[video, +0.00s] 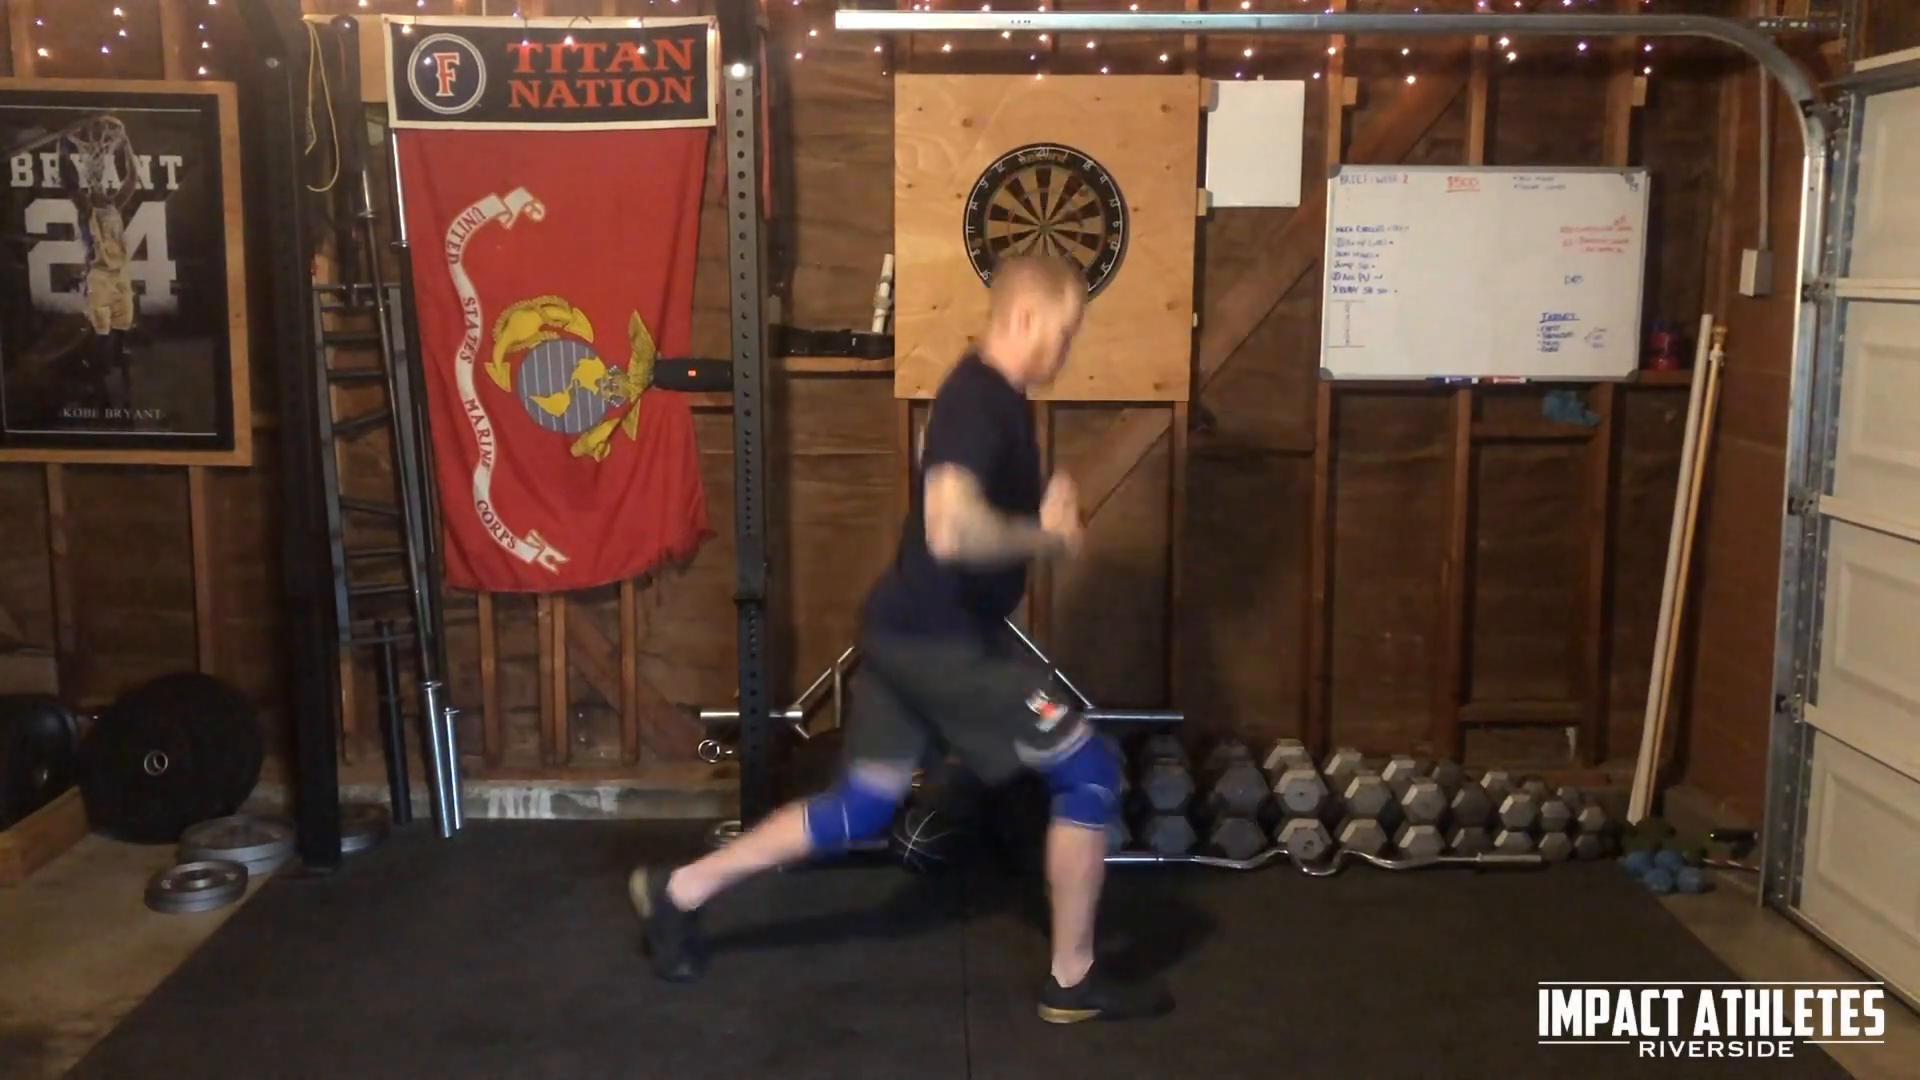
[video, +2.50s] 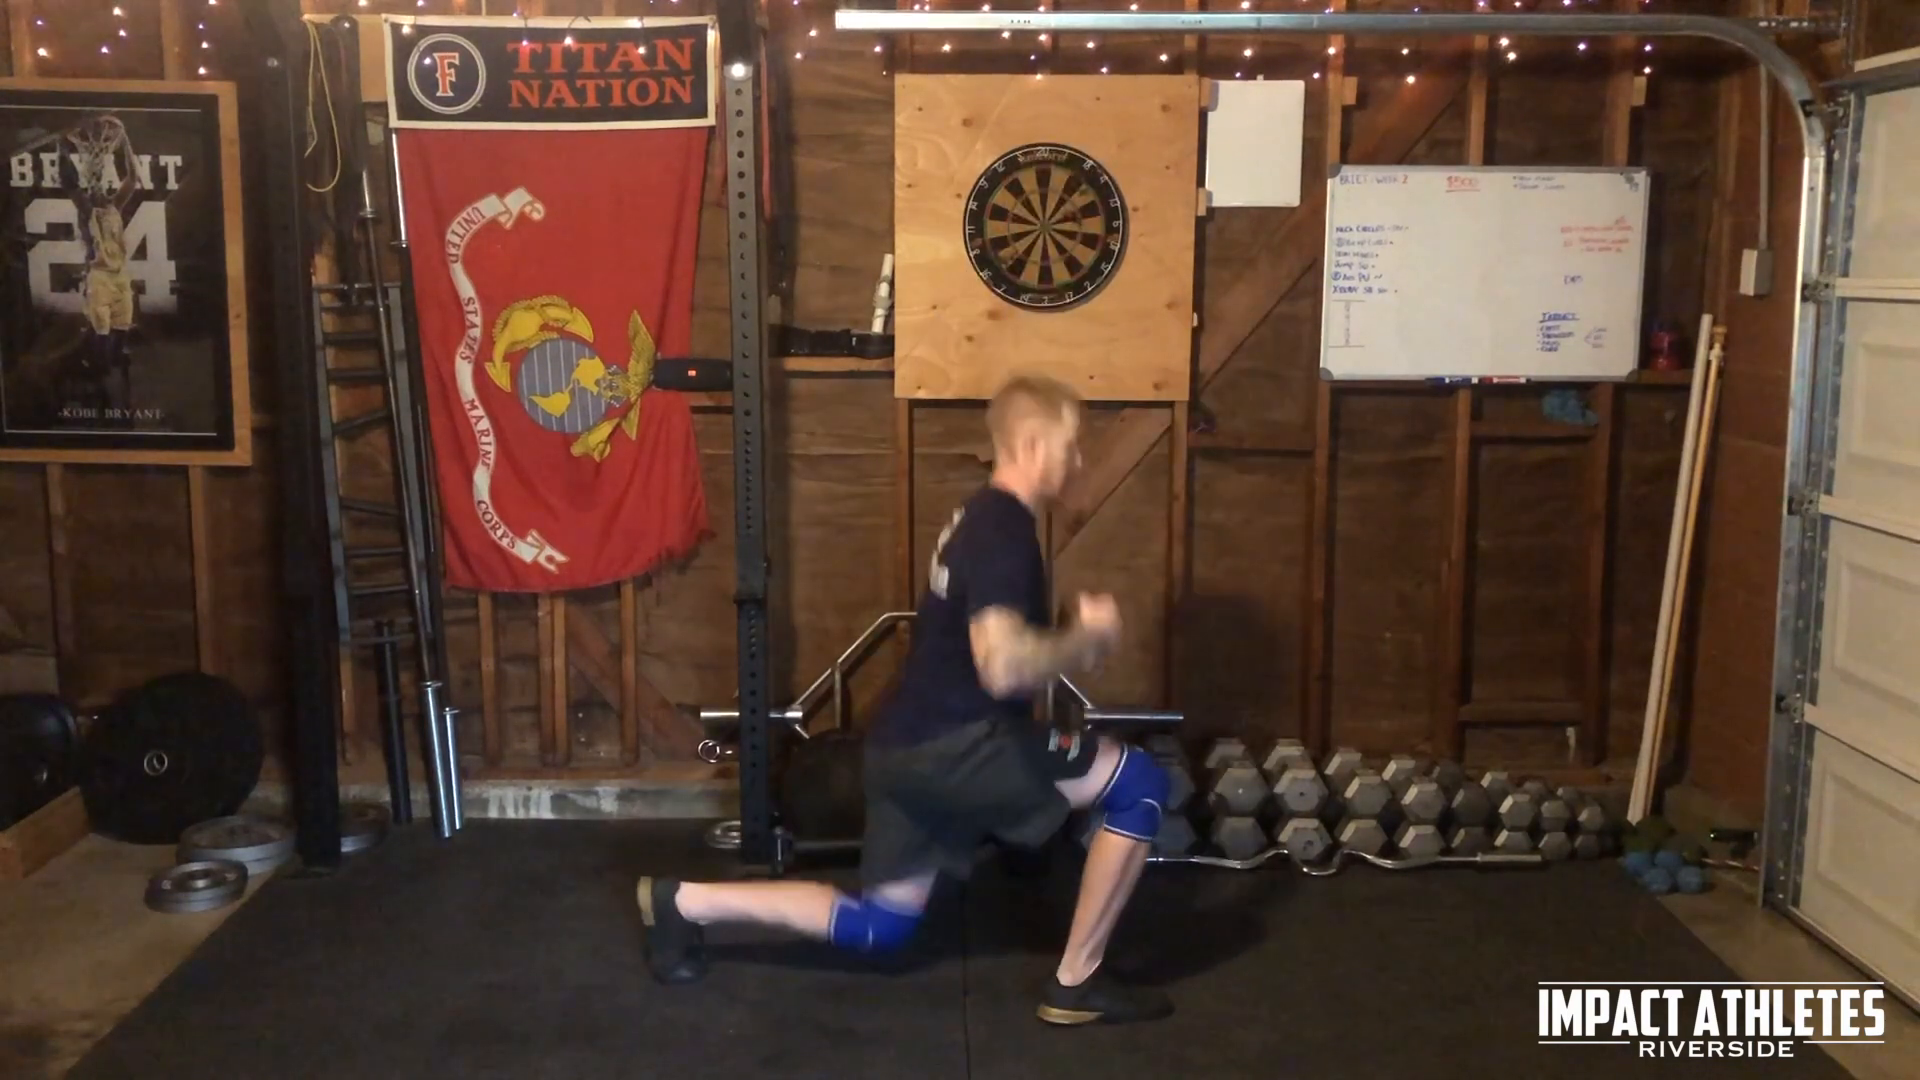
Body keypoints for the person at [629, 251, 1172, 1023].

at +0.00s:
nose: (1068, 348)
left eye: (1072, 331)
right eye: (1066, 329)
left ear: (1010, 318)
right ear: (1028, 320)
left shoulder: (995, 396)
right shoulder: (979, 396)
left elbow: (977, 513)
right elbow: (952, 530)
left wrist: (1041, 515)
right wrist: (1050, 537)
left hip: (910, 625)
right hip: (939, 631)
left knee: (861, 807)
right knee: (1088, 770)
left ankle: (678, 891)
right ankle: (1073, 978)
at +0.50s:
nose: (1077, 428)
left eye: (1078, 411)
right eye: (1072, 410)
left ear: (1015, 406)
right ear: (1032, 410)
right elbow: (1010, 636)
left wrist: (1047, 569)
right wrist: (1072, 590)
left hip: (903, 709)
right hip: (950, 712)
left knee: (867, 880)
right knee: (1120, 778)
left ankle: (667, 902)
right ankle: (1078, 975)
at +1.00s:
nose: (1088, 317)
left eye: (1092, 300)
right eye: (1085, 299)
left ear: (1039, 286)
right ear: (1046, 288)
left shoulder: (1013, 362)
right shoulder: (1000, 362)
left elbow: (998, 476)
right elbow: (979, 492)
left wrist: (1049, 478)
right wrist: (1060, 484)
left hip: (984, 623)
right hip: (937, 622)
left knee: (1062, 737)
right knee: (863, 796)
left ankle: (1054, 937)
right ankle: (669, 899)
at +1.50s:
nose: (1065, 439)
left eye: (1065, 425)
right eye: (1058, 424)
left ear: (1010, 425)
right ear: (1014, 425)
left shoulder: (999, 501)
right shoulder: (983, 508)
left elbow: (1009, 588)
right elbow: (984, 639)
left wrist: (1059, 589)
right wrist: (1079, 619)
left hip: (994, 715)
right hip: (925, 744)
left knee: (1119, 763)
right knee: (849, 929)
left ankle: (1058, 940)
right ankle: (629, 945)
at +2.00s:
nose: (1084, 300)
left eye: (1088, 283)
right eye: (1081, 281)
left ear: (1030, 270)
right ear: (1042, 268)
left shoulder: (1013, 346)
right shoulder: (995, 339)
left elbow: (984, 457)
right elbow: (952, 453)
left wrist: (1057, 465)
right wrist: (1056, 474)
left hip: (922, 583)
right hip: (942, 590)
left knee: (878, 762)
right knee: (1072, 748)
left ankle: (701, 863)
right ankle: (1068, 967)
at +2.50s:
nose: (1077, 462)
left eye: (1077, 446)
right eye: (1072, 446)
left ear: (1014, 444)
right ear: (1034, 446)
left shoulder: (984, 517)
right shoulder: (1001, 525)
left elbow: (991, 648)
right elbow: (1004, 664)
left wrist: (1064, 647)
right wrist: (1083, 634)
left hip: (911, 747)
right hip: (955, 748)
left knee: (881, 922)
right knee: (1138, 785)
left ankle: (680, 901)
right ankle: (1077, 982)